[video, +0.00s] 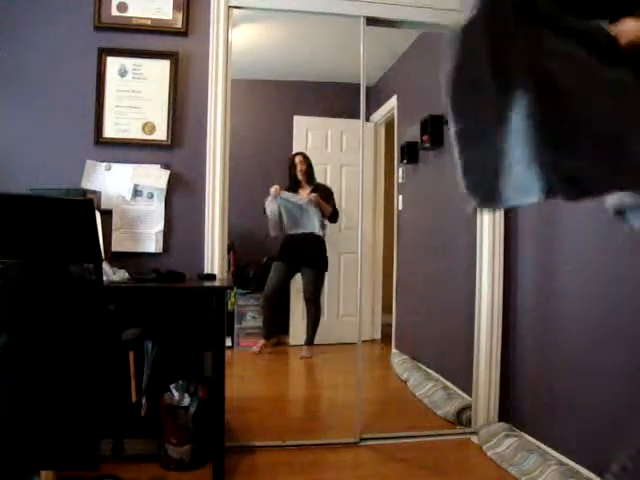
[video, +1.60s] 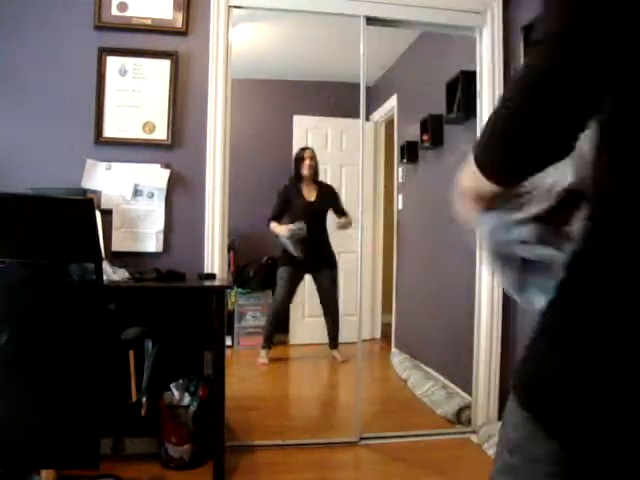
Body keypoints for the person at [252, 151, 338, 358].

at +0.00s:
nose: (301, 167)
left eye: (303, 163)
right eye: (297, 164)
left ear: (309, 166)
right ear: (291, 169)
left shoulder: (321, 190)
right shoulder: (286, 193)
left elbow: (334, 217)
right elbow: (274, 219)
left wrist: (319, 202)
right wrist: (274, 197)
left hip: (313, 243)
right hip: (290, 243)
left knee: (311, 296)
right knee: (270, 292)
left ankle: (308, 344)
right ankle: (268, 337)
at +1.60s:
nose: (309, 163)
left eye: (312, 159)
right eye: (304, 159)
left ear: (317, 163)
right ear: (297, 164)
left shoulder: (327, 191)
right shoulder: (289, 191)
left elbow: (344, 218)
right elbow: (273, 221)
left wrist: (344, 222)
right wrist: (281, 230)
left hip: (321, 252)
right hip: (293, 254)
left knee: (330, 302)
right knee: (281, 300)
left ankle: (334, 347)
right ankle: (265, 347)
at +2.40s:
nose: (298, 167)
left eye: (301, 164)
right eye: (294, 163)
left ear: (306, 168)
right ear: (286, 166)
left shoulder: (313, 195)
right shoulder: (275, 193)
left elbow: (335, 224)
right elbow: (246, 214)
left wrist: (320, 235)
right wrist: (260, 228)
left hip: (305, 252)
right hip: (277, 252)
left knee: (323, 301)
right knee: (262, 301)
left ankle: (336, 347)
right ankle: (247, 348)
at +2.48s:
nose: (298, 167)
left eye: (301, 164)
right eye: (294, 163)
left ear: (306, 168)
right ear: (286, 166)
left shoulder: (313, 195)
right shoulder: (275, 193)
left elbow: (335, 224)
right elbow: (246, 214)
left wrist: (323, 234)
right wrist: (259, 229)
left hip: (305, 253)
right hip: (277, 253)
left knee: (323, 301)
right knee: (262, 302)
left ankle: (336, 347)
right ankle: (247, 348)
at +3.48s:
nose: (307, 169)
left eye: (311, 165)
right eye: (303, 165)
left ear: (316, 168)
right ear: (298, 169)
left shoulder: (326, 195)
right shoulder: (288, 192)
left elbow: (332, 230)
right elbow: (277, 224)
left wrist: (329, 217)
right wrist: (282, 214)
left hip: (317, 255)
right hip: (290, 255)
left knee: (331, 297)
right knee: (269, 298)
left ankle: (337, 347)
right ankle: (247, 347)